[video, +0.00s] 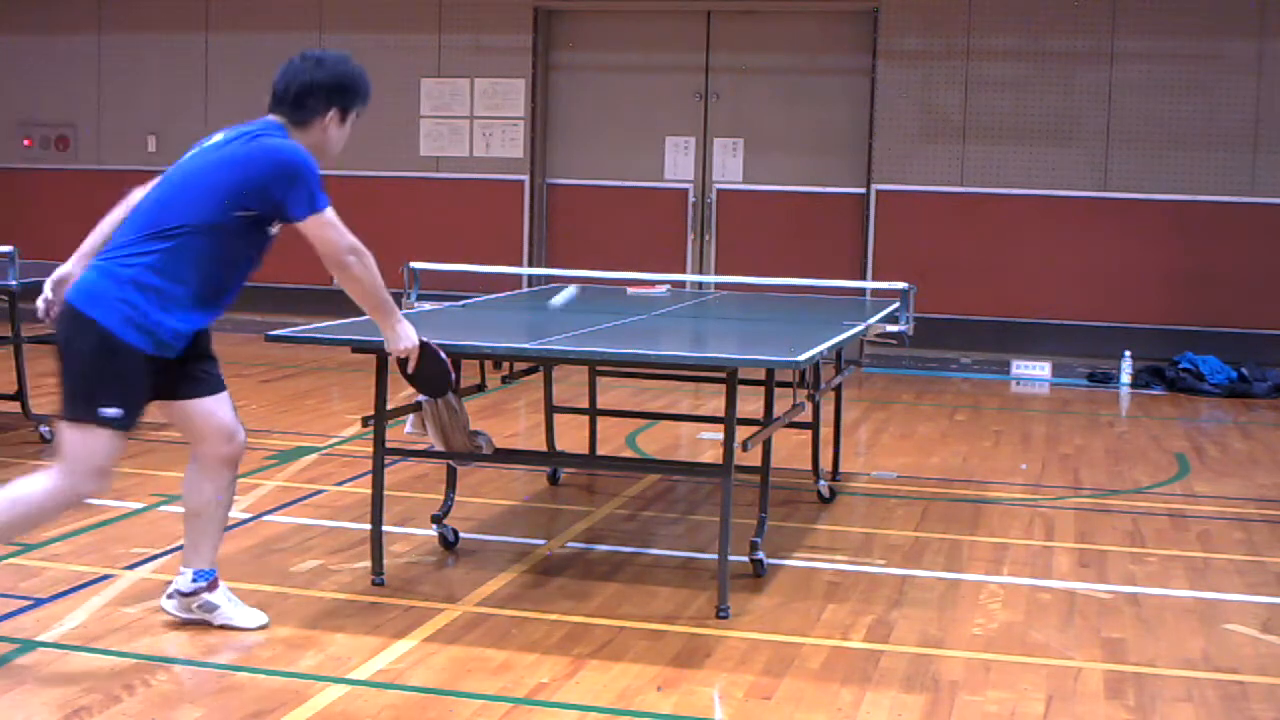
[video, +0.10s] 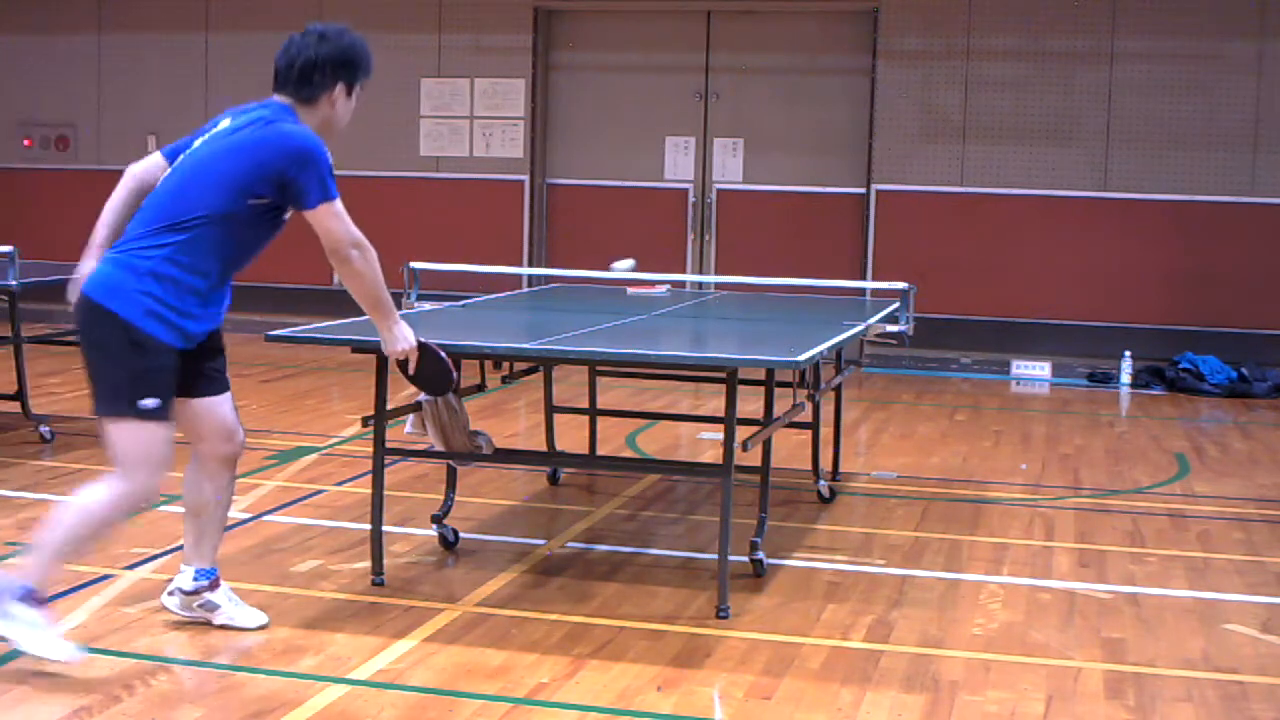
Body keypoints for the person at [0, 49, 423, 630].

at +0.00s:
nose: (347, 135)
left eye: (352, 121)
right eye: (350, 121)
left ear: (287, 103)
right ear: (330, 117)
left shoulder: (235, 140)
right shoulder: (286, 157)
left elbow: (140, 198)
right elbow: (345, 256)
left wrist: (76, 264)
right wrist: (396, 326)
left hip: (173, 324)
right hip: (110, 313)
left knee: (220, 441)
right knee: (80, 474)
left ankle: (195, 586)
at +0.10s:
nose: (354, 108)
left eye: (357, 95)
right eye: (355, 94)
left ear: (292, 80)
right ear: (334, 90)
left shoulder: (240, 119)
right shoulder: (300, 144)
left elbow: (140, 174)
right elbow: (349, 251)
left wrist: (93, 257)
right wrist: (393, 328)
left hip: (188, 315)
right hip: (131, 307)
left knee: (220, 444)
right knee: (139, 475)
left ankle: (197, 584)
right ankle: (18, 592)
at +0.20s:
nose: (351, 86)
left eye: (353, 74)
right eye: (352, 72)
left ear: (285, 59)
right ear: (332, 68)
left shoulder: (239, 104)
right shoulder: (300, 132)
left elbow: (139, 168)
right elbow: (346, 248)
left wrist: (118, 264)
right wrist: (391, 333)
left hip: (188, 306)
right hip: (152, 303)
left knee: (222, 441)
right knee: (194, 465)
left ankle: (194, 582)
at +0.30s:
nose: (343, 78)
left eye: (344, 65)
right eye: (344, 65)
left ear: (276, 51)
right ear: (326, 62)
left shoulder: (226, 101)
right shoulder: (299, 130)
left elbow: (131, 165)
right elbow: (339, 250)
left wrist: (148, 259)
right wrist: (381, 347)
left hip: (147, 306)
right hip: (180, 318)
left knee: (211, 459)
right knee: (233, 483)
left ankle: (188, 592)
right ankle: (161, 654)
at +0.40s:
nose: (335, 67)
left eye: (335, 53)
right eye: (337, 54)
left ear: (263, 45)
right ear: (322, 52)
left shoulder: (220, 100)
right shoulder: (299, 124)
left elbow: (130, 175)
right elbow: (331, 245)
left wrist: (159, 265)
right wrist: (365, 356)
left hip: (150, 310)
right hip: (197, 323)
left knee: (205, 468)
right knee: (250, 489)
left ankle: (184, 596)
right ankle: (166, 651)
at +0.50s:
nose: (336, 48)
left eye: (336, 35)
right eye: (337, 35)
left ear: (265, 30)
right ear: (323, 37)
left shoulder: (222, 89)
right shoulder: (304, 113)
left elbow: (148, 179)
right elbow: (323, 234)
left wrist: (186, 255)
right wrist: (347, 351)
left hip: (156, 300)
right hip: (204, 314)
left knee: (200, 458)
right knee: (253, 484)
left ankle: (188, 595)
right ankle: (169, 645)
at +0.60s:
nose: (340, 39)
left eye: (339, 27)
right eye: (340, 26)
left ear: (266, 24)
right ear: (327, 29)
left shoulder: (225, 81)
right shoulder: (305, 102)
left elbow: (170, 178)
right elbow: (318, 225)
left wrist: (208, 258)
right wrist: (339, 342)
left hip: (158, 292)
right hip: (207, 304)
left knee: (194, 450)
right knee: (250, 477)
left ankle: (192, 588)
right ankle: (170, 642)